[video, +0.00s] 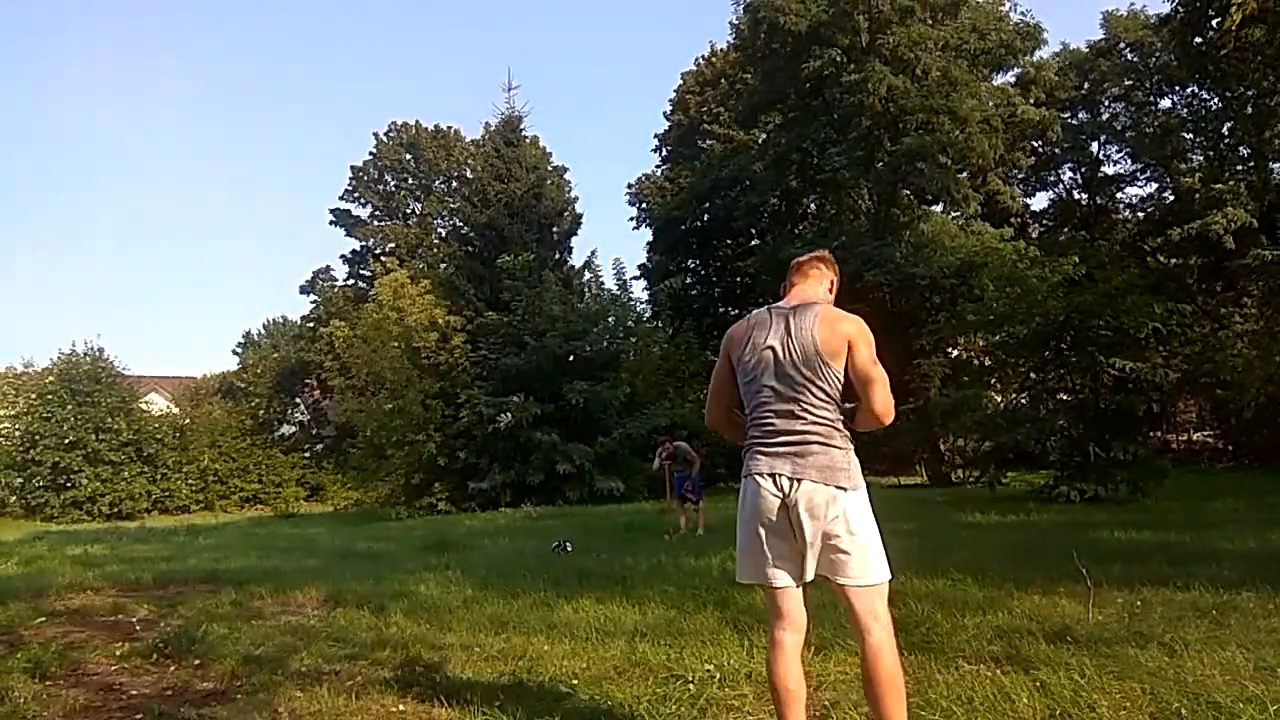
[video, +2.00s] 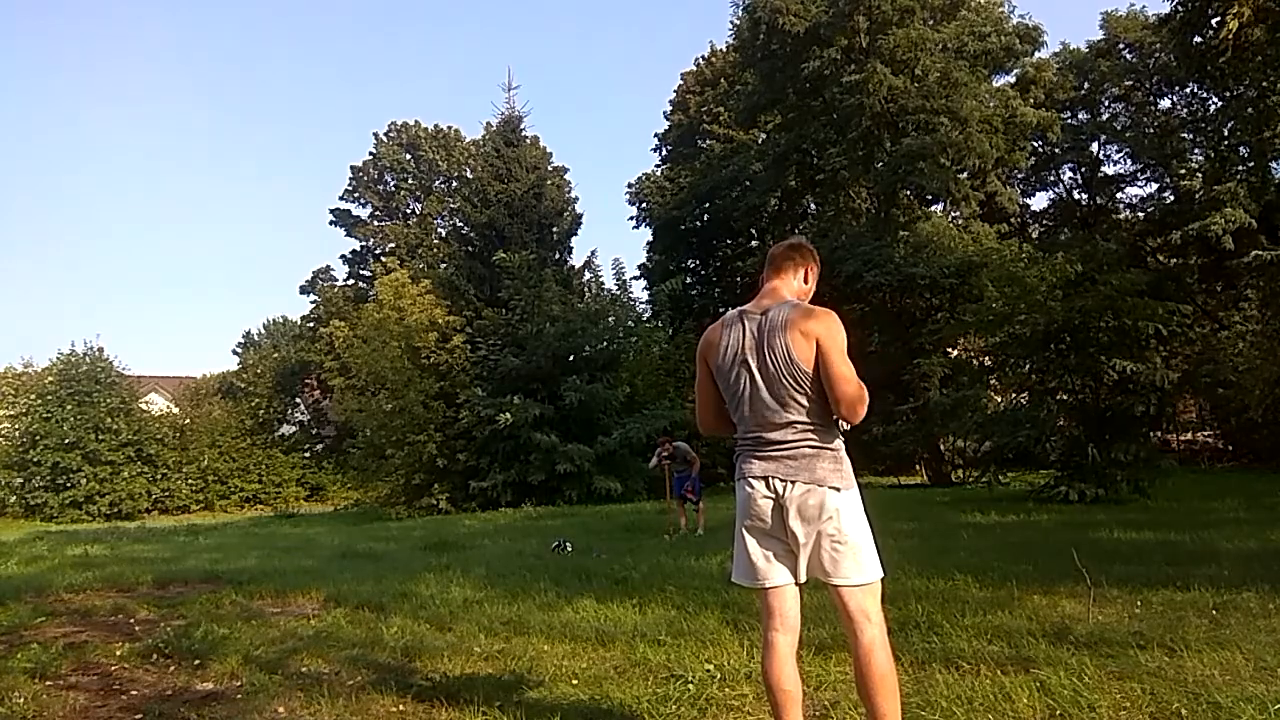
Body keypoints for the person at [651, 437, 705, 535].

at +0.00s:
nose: (667, 451)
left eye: (668, 448)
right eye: (665, 449)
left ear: (672, 444)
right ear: (662, 449)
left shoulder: (682, 447)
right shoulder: (661, 451)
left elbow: (696, 461)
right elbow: (655, 468)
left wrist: (692, 479)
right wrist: (660, 457)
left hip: (691, 472)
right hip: (678, 474)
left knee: (697, 502)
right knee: (679, 502)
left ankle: (700, 528)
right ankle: (683, 528)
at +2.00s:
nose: (667, 452)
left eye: (668, 449)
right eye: (664, 450)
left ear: (671, 446)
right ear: (661, 449)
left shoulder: (682, 447)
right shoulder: (660, 451)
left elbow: (696, 462)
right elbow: (650, 466)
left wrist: (692, 480)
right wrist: (659, 459)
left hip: (690, 473)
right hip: (677, 475)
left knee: (697, 501)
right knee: (679, 502)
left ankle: (700, 528)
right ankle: (683, 528)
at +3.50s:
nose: (667, 452)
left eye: (668, 449)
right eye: (665, 450)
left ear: (672, 446)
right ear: (662, 449)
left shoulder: (682, 447)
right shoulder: (660, 452)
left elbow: (696, 461)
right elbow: (652, 467)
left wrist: (692, 480)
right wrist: (660, 460)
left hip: (690, 472)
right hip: (677, 475)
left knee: (697, 501)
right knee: (679, 502)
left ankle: (700, 528)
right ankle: (683, 528)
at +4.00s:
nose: (668, 452)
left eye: (669, 449)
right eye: (665, 450)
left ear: (673, 445)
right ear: (662, 449)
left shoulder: (682, 447)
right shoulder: (661, 451)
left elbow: (697, 461)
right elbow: (653, 467)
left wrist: (692, 480)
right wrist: (660, 460)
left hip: (690, 472)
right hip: (677, 474)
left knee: (697, 501)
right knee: (679, 502)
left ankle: (700, 527)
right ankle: (683, 528)